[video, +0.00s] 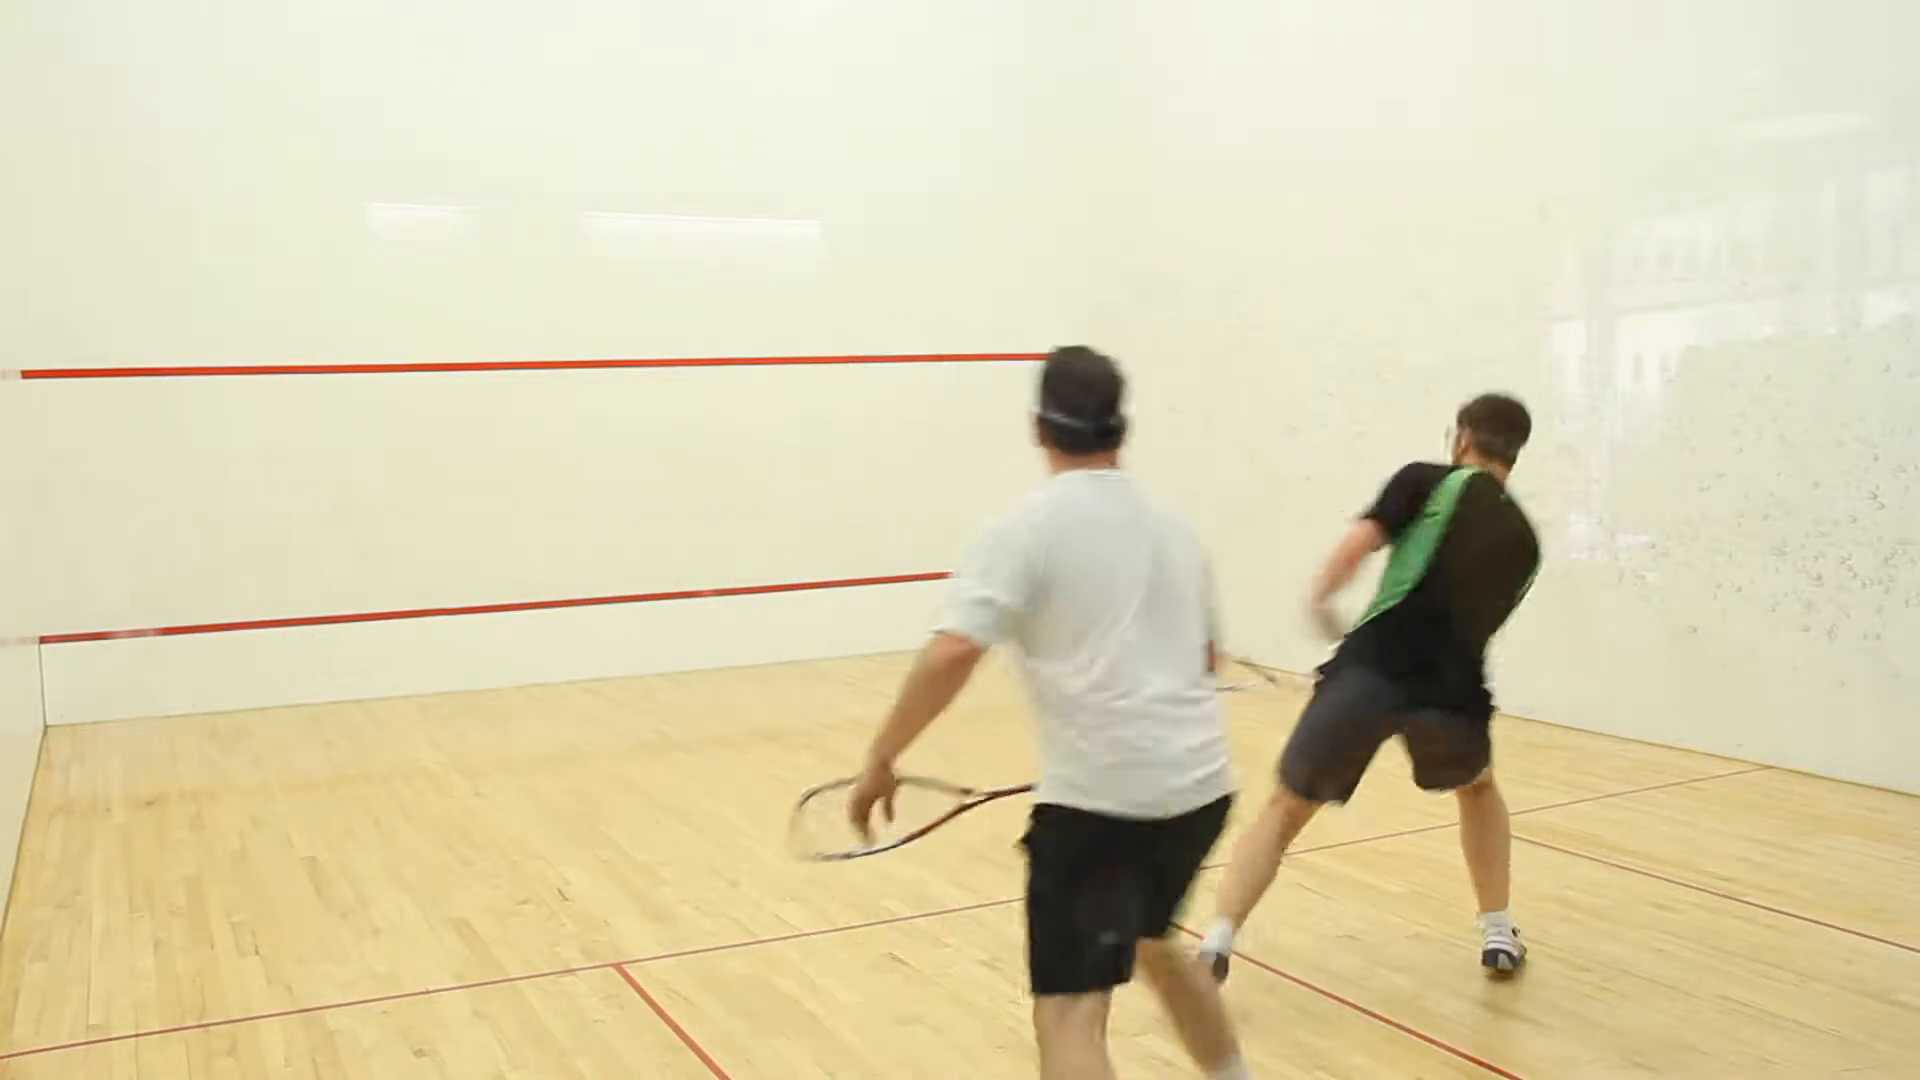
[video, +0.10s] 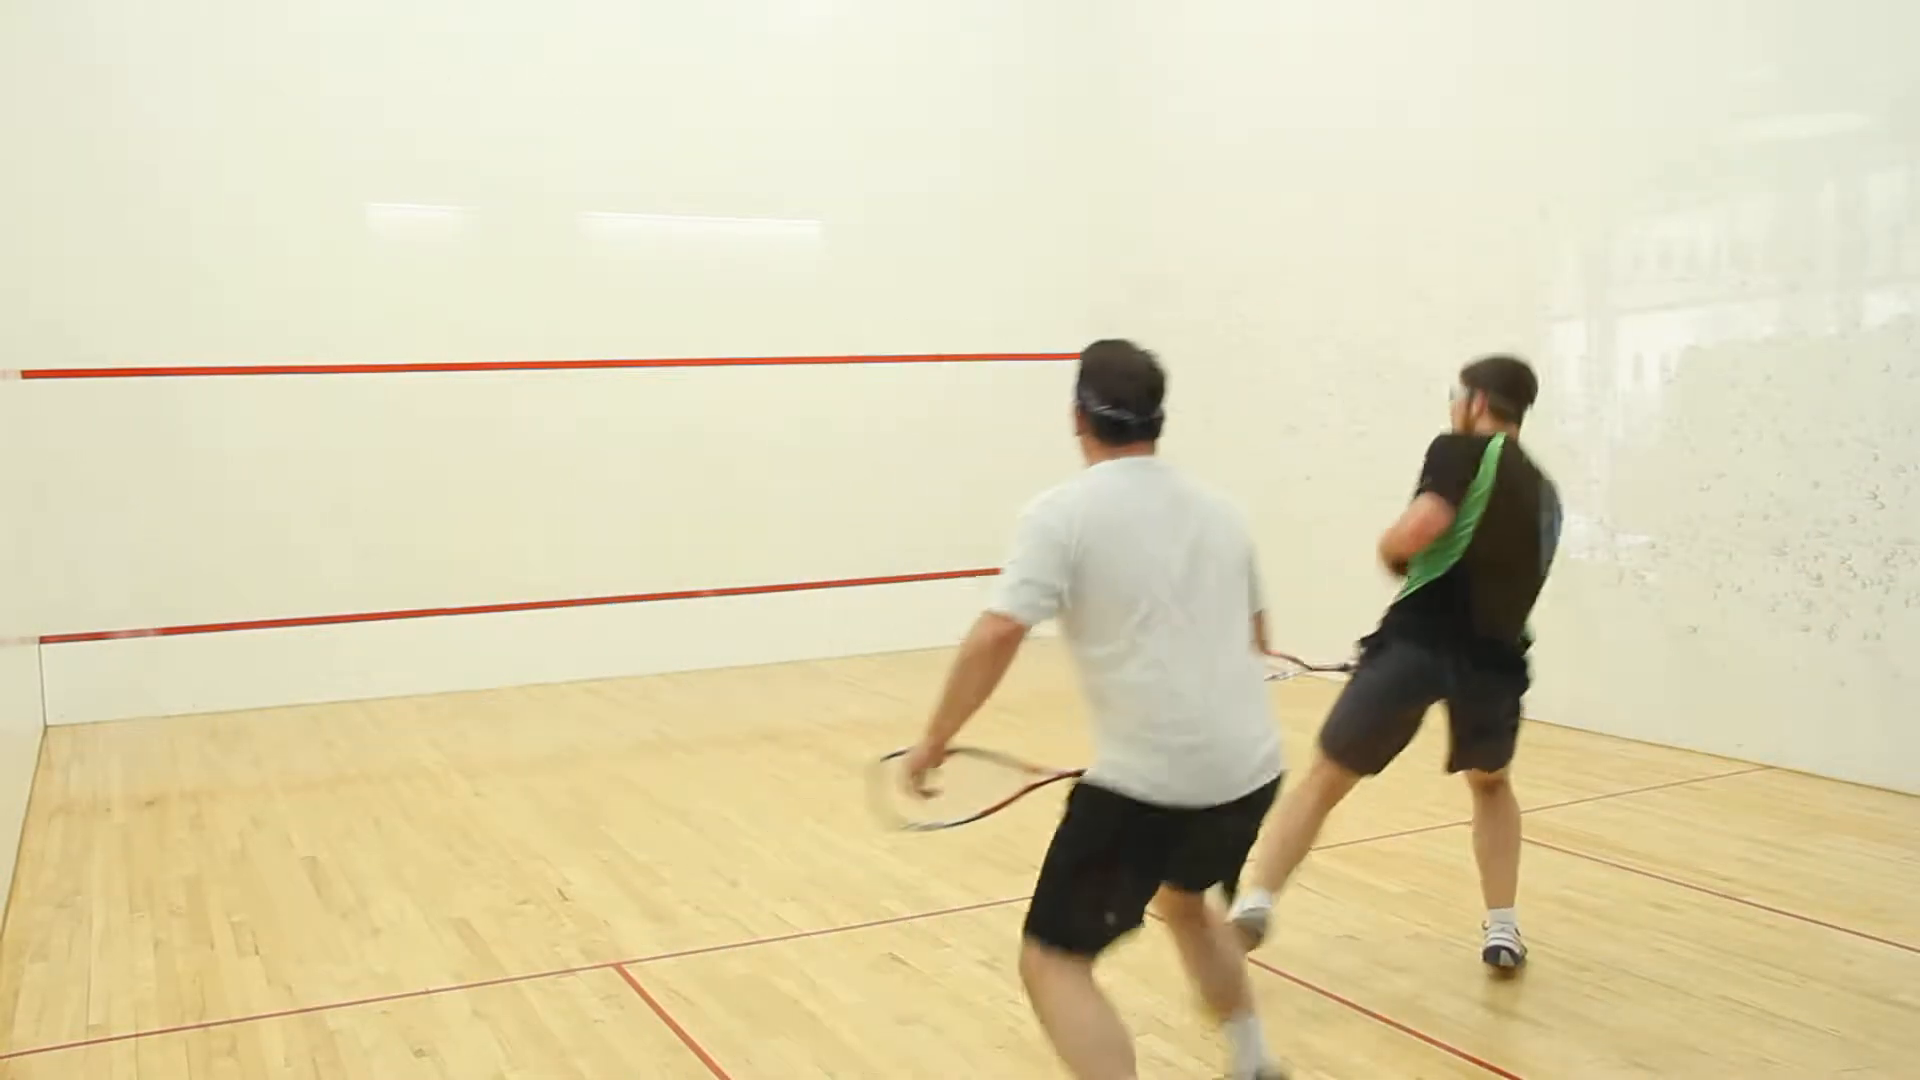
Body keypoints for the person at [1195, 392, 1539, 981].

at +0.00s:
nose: (1452, 447)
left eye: (1454, 438)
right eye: (1457, 440)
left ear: (1462, 439)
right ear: (1516, 458)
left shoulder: (1425, 480)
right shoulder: (1526, 542)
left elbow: (1357, 544)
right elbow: (1479, 621)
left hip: (1370, 676)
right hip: (1451, 696)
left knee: (1287, 807)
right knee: (1477, 789)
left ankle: (1217, 941)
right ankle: (1498, 933)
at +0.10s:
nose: (1453, 412)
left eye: (1458, 402)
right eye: (1457, 402)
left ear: (1477, 405)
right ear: (1518, 413)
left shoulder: (1458, 450)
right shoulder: (1546, 490)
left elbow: (1428, 520)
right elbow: (1523, 578)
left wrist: (1391, 548)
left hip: (1416, 647)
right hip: (1493, 665)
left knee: (1326, 778)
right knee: (1492, 784)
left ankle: (1256, 900)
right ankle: (1503, 930)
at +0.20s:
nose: (1455, 370)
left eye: (1460, 359)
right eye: (1459, 359)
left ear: (1481, 364)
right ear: (1522, 370)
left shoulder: (1476, 414)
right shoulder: (1556, 444)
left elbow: (1466, 491)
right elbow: (1543, 532)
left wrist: (1413, 500)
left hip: (1459, 628)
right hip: (1530, 639)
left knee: (1381, 751)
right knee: (1502, 772)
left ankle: (1347, 896)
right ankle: (1511, 923)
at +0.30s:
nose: (1457, 351)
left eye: (1463, 339)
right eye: (1461, 338)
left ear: (1488, 345)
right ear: (1525, 349)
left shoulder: (1489, 397)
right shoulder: (1568, 415)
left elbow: (1486, 479)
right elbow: (1562, 507)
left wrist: (1426, 495)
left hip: (1497, 603)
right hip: (1566, 609)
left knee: (1447, 743)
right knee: (1530, 743)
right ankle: (1567, 890)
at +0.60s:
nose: (1506, 392)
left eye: (1516, 379)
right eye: (1510, 379)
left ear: (1548, 387)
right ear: (1567, 387)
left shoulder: (1569, 448)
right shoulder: (1620, 448)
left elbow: (1595, 558)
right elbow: (1644, 561)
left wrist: (1557, 636)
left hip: (1613, 650)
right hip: (1673, 648)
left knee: (1529, 755)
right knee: (1703, 781)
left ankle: (1521, 907)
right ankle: (1809, 917)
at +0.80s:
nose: (1602, 361)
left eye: (1607, 348)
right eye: (1604, 347)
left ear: (1627, 349)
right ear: (1665, 347)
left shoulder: (1640, 417)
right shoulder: (1717, 414)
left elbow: (1680, 513)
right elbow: (1768, 514)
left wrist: (1663, 612)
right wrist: (1763, 597)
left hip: (1690, 630)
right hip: (1754, 624)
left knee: (1619, 750)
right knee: (1753, 767)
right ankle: (1814, 914)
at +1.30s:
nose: (1659, 380)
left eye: (1661, 371)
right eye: (1665, 370)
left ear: (1667, 375)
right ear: (1723, 374)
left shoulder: (1652, 447)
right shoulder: (1785, 444)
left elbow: (1645, 548)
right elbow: (1838, 544)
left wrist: (1623, 629)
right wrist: (1809, 625)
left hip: (1716, 648)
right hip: (1794, 643)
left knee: (1645, 787)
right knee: (1807, 787)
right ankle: (1874, 941)